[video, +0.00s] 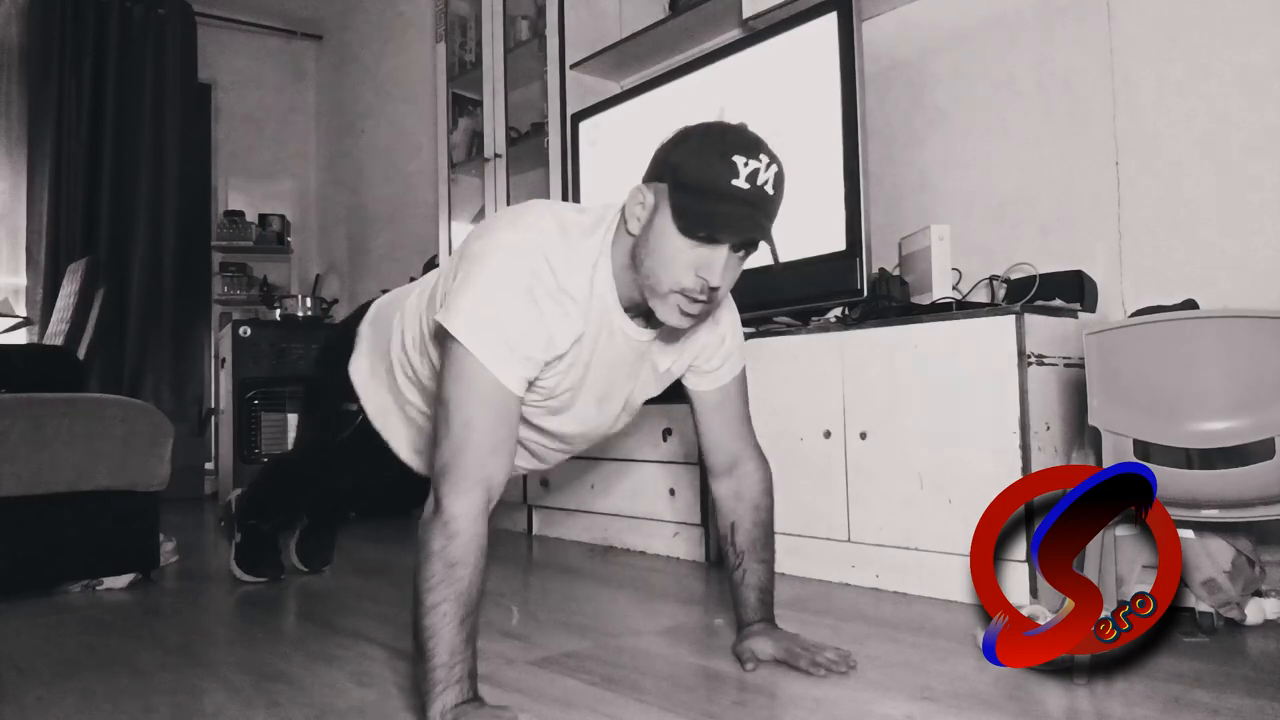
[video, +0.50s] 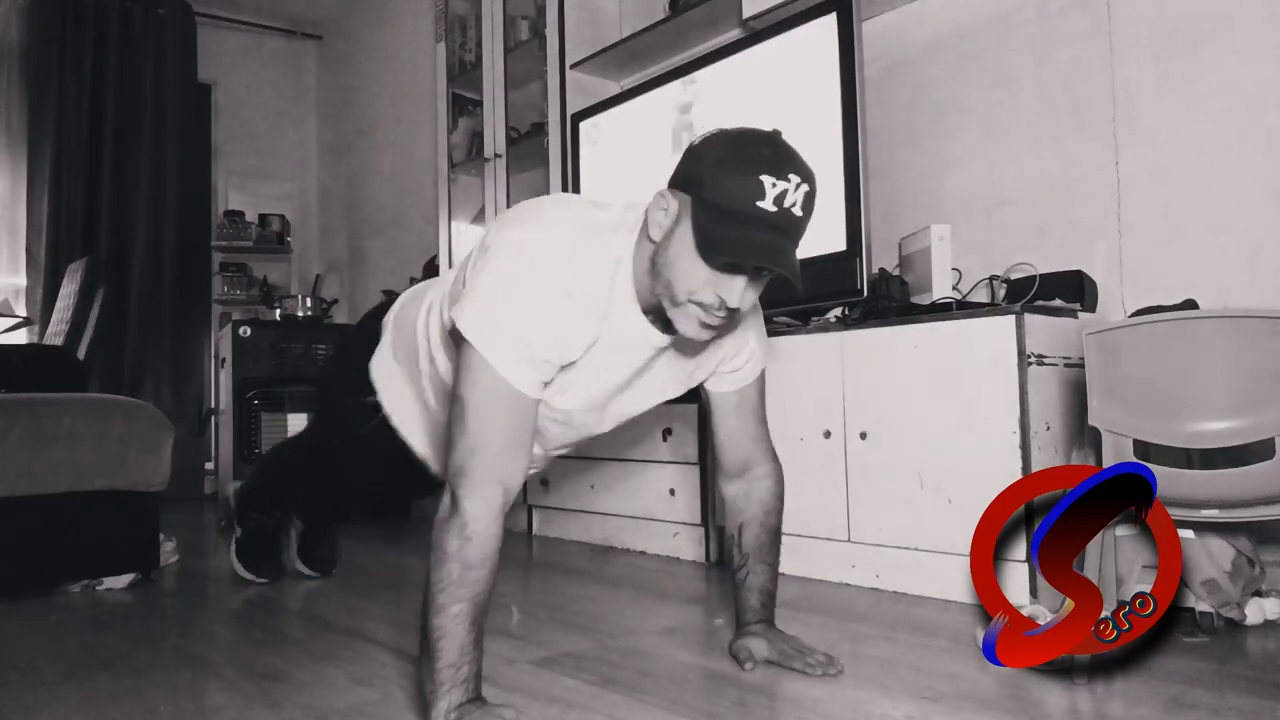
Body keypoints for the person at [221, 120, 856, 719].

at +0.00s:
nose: (713, 276)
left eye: (738, 251)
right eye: (699, 235)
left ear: (750, 250)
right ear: (644, 208)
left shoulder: (708, 316)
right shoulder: (518, 262)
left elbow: (736, 470)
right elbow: (462, 503)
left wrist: (758, 624)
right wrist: (451, 701)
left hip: (464, 450)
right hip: (378, 387)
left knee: (368, 498)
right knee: (315, 473)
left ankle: (318, 520)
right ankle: (256, 517)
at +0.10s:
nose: (709, 270)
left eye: (734, 245)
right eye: (692, 229)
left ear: (748, 244)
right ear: (636, 202)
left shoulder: (705, 307)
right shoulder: (514, 263)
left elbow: (733, 468)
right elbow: (459, 506)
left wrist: (757, 624)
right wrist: (451, 703)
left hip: (456, 447)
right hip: (366, 394)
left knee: (363, 497)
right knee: (309, 482)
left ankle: (308, 524)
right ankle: (249, 516)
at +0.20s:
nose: (698, 273)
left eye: (724, 248)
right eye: (681, 233)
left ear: (740, 245)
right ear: (626, 205)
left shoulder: (706, 307)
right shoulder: (510, 265)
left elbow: (731, 466)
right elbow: (459, 505)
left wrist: (752, 620)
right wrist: (450, 703)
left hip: (453, 434)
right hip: (364, 399)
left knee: (356, 494)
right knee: (309, 486)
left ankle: (299, 528)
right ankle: (244, 517)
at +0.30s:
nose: (700, 284)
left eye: (726, 260)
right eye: (683, 243)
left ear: (741, 256)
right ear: (631, 213)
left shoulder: (708, 317)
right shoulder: (511, 266)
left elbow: (735, 473)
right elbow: (454, 506)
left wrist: (754, 624)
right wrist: (449, 700)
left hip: (458, 444)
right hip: (376, 411)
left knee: (353, 504)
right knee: (306, 492)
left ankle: (299, 537)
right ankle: (244, 520)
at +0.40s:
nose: (718, 296)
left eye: (742, 274)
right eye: (705, 258)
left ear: (760, 268)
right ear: (650, 218)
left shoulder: (722, 323)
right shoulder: (529, 263)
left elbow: (744, 472)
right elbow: (464, 502)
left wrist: (756, 625)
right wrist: (451, 701)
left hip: (467, 454)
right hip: (384, 412)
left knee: (362, 503)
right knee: (312, 489)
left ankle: (303, 527)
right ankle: (247, 515)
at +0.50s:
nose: (733, 296)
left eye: (758, 275)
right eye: (721, 259)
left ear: (778, 267)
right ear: (666, 216)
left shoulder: (732, 320)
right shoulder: (539, 260)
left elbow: (748, 471)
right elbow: (476, 499)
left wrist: (757, 624)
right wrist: (453, 702)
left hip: (479, 445)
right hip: (395, 391)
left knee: (375, 496)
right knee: (314, 471)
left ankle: (315, 520)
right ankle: (254, 511)